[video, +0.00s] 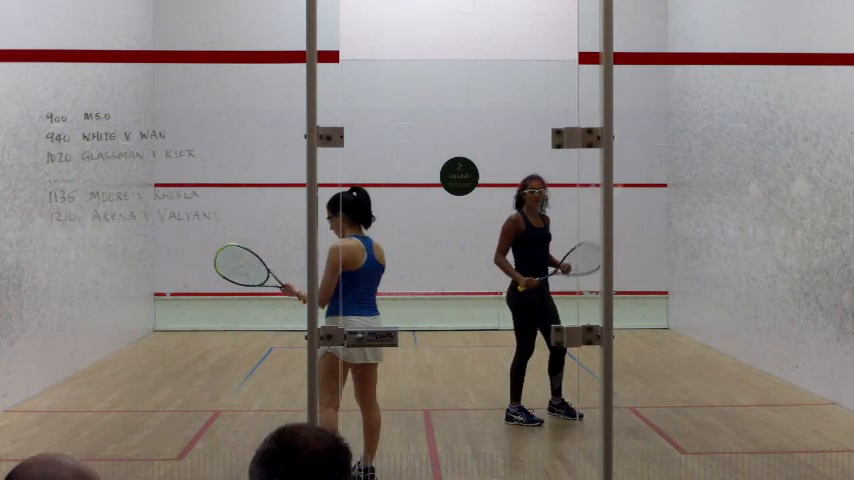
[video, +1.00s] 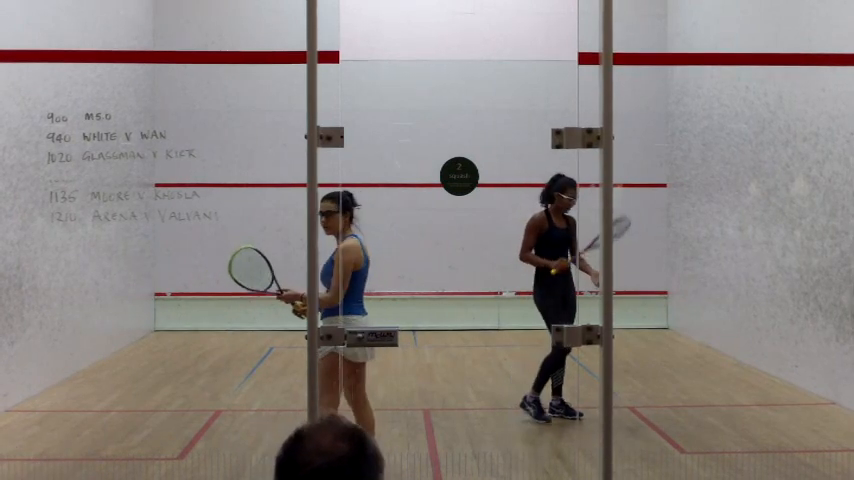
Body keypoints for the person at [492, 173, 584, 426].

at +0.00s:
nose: (538, 194)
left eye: (541, 190)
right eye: (532, 190)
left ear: (545, 194)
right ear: (523, 194)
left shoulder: (544, 221)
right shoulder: (515, 222)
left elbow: (541, 254)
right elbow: (499, 258)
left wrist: (559, 264)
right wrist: (519, 278)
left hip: (541, 291)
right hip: (521, 293)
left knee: (558, 345)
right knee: (524, 349)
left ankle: (556, 402)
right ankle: (514, 407)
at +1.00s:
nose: (572, 202)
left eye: (574, 198)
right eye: (569, 197)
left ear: (571, 199)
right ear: (555, 196)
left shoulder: (570, 223)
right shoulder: (538, 221)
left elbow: (575, 256)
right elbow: (524, 255)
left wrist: (591, 271)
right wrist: (551, 263)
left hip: (566, 286)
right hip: (546, 287)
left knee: (563, 344)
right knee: (561, 345)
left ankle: (557, 401)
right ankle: (532, 397)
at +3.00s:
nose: (572, 206)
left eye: (574, 202)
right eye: (570, 201)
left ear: (559, 200)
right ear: (557, 198)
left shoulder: (549, 222)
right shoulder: (540, 221)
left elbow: (551, 260)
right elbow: (532, 256)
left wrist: (577, 271)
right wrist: (547, 290)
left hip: (547, 294)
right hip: (536, 295)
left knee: (570, 342)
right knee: (542, 349)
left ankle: (560, 402)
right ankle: (532, 410)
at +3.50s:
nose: (580, 202)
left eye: (580, 198)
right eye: (578, 197)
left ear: (566, 198)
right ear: (566, 197)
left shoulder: (560, 222)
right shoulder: (551, 222)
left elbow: (557, 260)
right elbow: (544, 259)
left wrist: (580, 272)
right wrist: (576, 273)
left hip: (554, 294)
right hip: (547, 295)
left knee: (577, 343)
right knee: (550, 349)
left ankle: (558, 400)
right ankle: (532, 409)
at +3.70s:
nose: (587, 204)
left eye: (586, 200)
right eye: (583, 200)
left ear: (566, 200)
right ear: (572, 200)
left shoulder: (561, 226)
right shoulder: (566, 228)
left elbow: (568, 266)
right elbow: (572, 265)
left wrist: (594, 270)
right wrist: (607, 259)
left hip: (561, 294)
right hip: (564, 297)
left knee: (580, 350)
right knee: (580, 352)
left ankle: (556, 404)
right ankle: (542, 402)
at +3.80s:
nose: (592, 208)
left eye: (592, 203)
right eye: (589, 203)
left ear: (572, 205)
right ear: (577, 204)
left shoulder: (565, 231)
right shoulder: (571, 231)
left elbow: (578, 271)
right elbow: (584, 265)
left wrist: (604, 285)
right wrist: (615, 252)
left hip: (565, 300)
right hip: (571, 301)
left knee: (586, 354)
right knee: (593, 359)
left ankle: (561, 402)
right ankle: (560, 394)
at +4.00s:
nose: (599, 213)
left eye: (599, 208)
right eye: (595, 208)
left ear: (589, 210)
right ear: (586, 209)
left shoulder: (589, 232)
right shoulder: (583, 232)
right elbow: (607, 259)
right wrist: (635, 240)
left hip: (583, 302)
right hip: (590, 302)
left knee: (591, 358)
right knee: (632, 341)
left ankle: (557, 403)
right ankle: (644, 400)